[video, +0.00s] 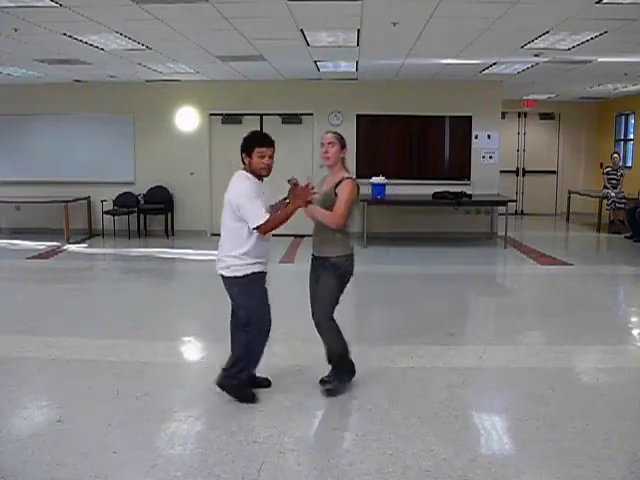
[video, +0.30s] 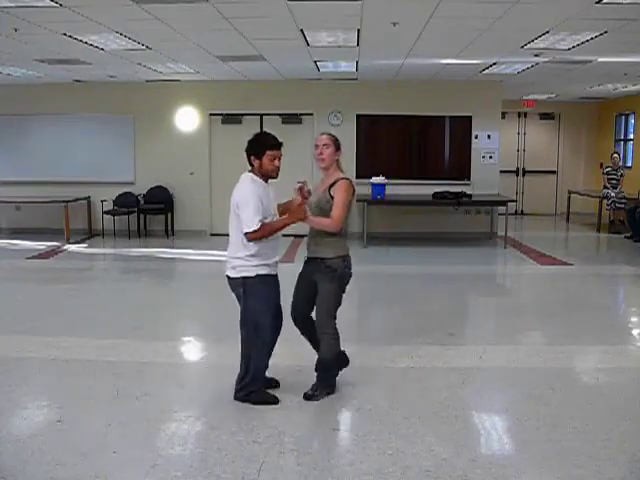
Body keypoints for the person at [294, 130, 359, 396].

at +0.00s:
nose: (325, 150)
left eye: (330, 145)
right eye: (323, 146)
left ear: (343, 150)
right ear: (321, 151)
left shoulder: (347, 183)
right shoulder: (325, 181)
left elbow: (337, 221)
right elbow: (321, 216)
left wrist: (307, 205)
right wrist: (303, 200)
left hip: (337, 259)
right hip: (320, 257)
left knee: (323, 316)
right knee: (319, 315)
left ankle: (344, 370)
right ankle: (338, 367)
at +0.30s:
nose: (319, 152)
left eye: (325, 147)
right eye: (317, 148)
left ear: (338, 152)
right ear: (315, 153)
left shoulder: (342, 184)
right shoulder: (322, 185)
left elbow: (336, 224)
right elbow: (318, 217)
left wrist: (306, 217)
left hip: (333, 264)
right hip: (314, 262)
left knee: (325, 321)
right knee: (299, 314)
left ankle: (325, 382)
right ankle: (333, 356)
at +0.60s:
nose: (332, 154)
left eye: (337, 149)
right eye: (329, 150)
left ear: (350, 153)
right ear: (328, 154)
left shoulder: (360, 184)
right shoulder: (331, 184)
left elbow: (355, 220)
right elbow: (322, 217)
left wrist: (327, 212)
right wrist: (303, 197)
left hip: (349, 262)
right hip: (326, 259)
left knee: (336, 318)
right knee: (324, 318)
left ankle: (343, 371)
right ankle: (331, 367)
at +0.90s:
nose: (352, 158)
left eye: (356, 153)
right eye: (352, 153)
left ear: (372, 155)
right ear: (366, 157)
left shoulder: (385, 185)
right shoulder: (362, 187)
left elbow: (368, 211)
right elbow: (343, 213)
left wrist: (337, 211)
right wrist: (313, 217)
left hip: (380, 265)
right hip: (357, 261)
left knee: (370, 318)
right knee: (339, 310)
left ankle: (385, 365)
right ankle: (330, 364)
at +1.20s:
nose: (368, 156)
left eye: (372, 151)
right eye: (368, 151)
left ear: (388, 154)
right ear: (387, 155)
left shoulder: (393, 185)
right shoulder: (391, 183)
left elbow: (361, 209)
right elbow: (368, 214)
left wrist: (329, 216)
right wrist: (338, 211)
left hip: (398, 257)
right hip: (392, 255)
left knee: (383, 310)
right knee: (384, 307)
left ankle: (387, 364)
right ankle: (406, 348)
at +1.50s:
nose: (363, 155)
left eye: (368, 151)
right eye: (364, 150)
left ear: (382, 156)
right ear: (380, 156)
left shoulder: (393, 187)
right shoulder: (379, 183)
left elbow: (367, 217)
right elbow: (367, 216)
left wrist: (334, 229)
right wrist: (337, 211)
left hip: (394, 262)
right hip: (380, 259)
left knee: (380, 313)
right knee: (388, 308)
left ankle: (393, 364)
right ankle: (414, 351)